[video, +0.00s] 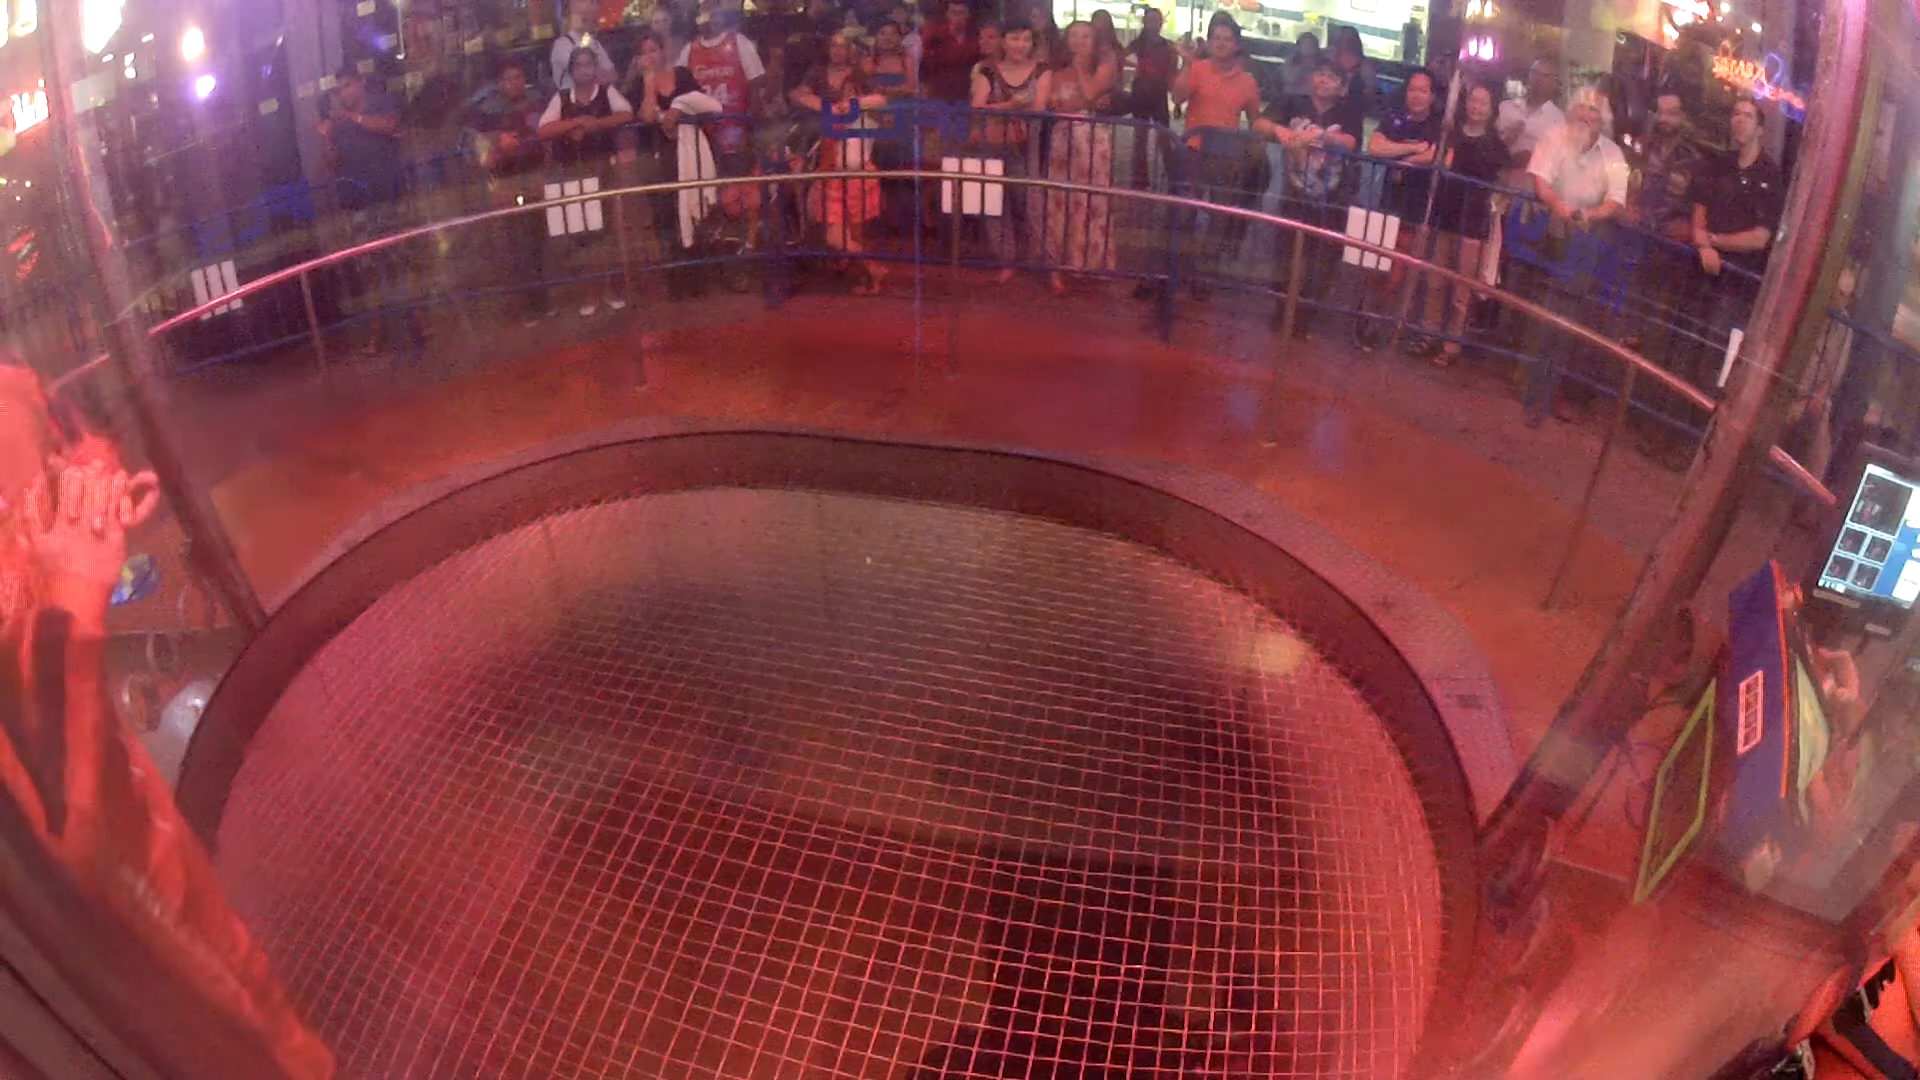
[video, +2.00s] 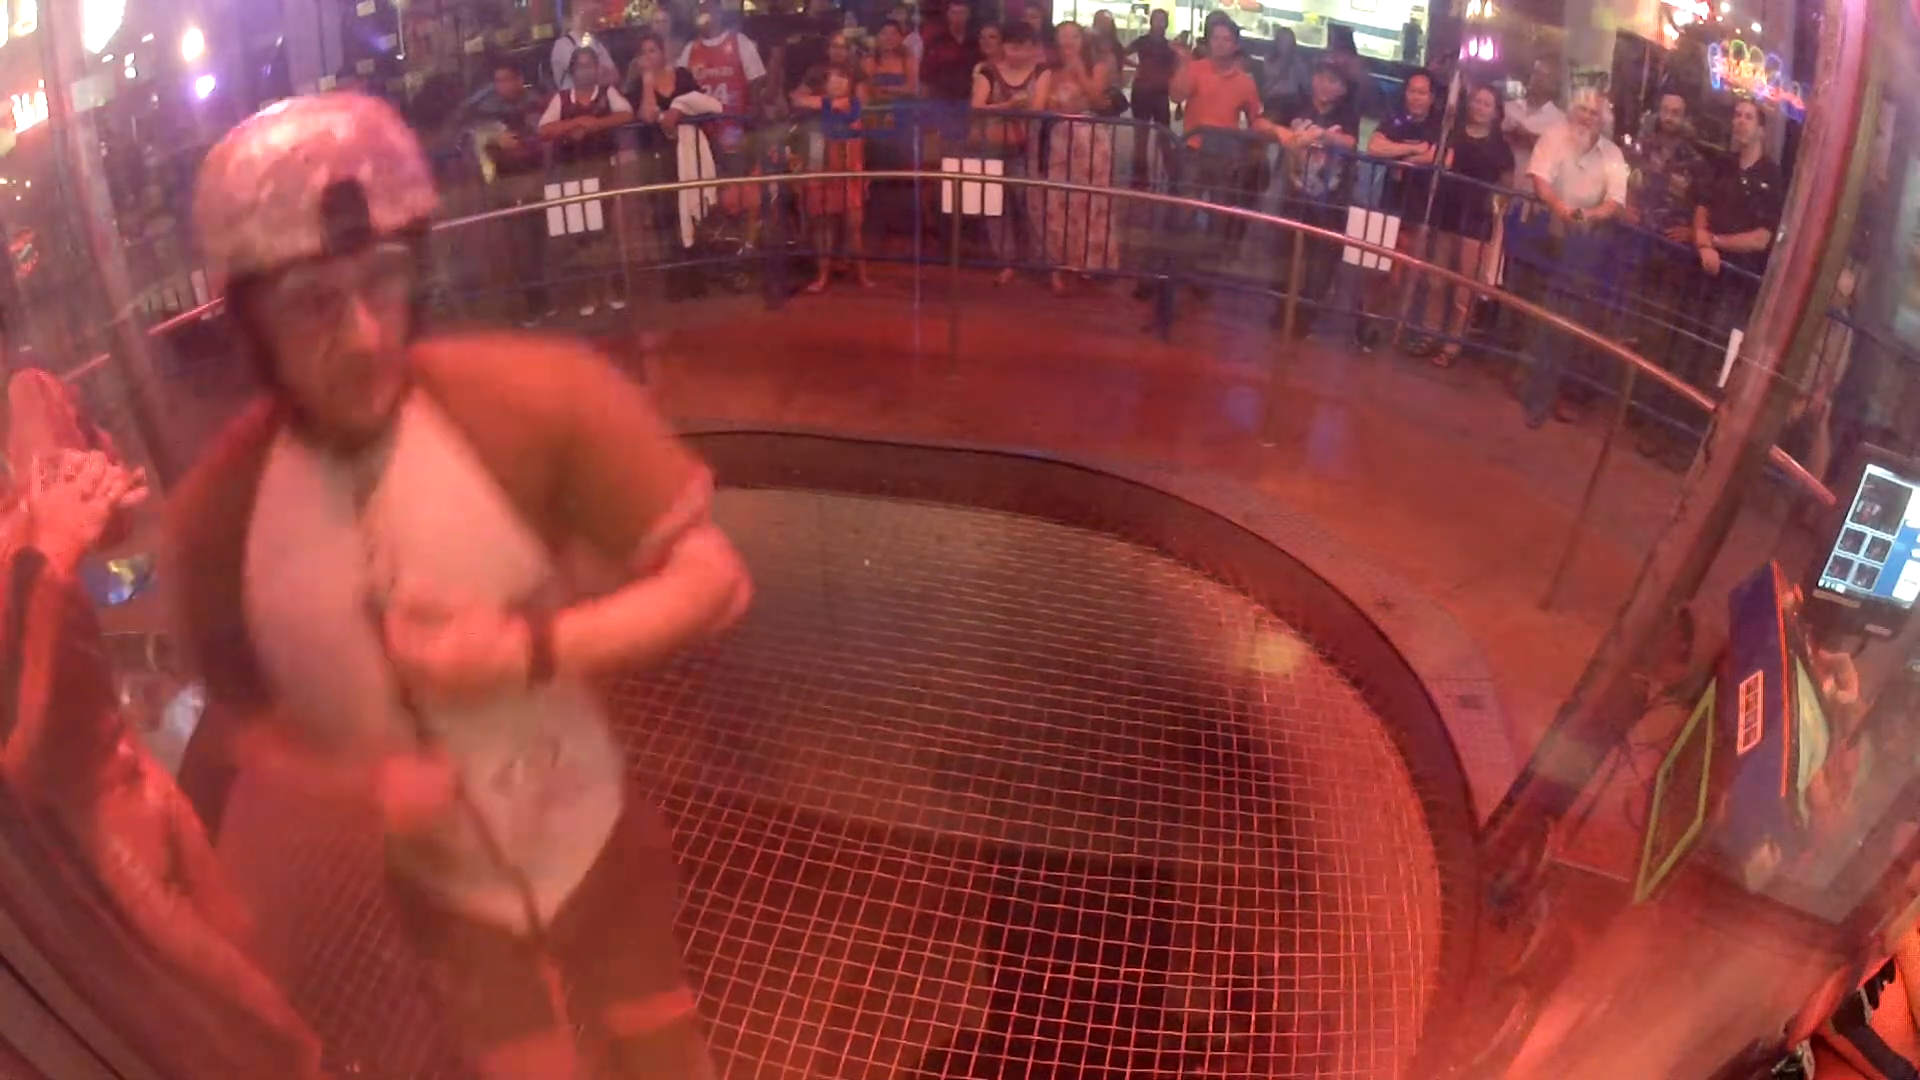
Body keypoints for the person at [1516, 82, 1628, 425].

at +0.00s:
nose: (1586, 118)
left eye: (1593, 114)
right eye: (1581, 111)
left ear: (1603, 120)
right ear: (1571, 112)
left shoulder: (1613, 153)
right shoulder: (1556, 137)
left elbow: (1616, 201)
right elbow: (1540, 181)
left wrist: (1590, 215)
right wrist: (1559, 208)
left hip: (1585, 235)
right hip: (1549, 225)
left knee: (1570, 308)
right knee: (1542, 304)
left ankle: (1550, 388)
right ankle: (1532, 388)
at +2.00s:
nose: (1586, 117)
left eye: (1593, 113)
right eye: (1582, 109)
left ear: (1603, 119)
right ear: (1571, 110)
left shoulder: (1612, 153)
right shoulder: (1555, 136)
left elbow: (1616, 200)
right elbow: (1539, 178)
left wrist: (1591, 215)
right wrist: (1561, 209)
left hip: (1588, 229)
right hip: (1550, 221)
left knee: (1572, 303)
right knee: (1541, 298)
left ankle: (1551, 388)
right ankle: (1532, 382)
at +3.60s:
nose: (1585, 118)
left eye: (1592, 113)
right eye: (1581, 111)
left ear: (1603, 119)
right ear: (1571, 111)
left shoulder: (1611, 152)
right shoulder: (1556, 135)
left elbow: (1617, 200)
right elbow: (1539, 180)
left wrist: (1591, 214)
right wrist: (1560, 208)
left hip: (1587, 230)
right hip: (1550, 222)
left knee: (1574, 304)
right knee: (1541, 300)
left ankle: (1561, 390)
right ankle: (1533, 386)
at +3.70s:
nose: (1585, 118)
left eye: (1592, 114)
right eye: (1581, 111)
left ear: (1603, 119)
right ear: (1571, 111)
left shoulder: (1611, 152)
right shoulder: (1556, 135)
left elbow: (1617, 200)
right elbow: (1539, 180)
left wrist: (1591, 214)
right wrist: (1560, 208)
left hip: (1587, 231)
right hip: (1550, 222)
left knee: (1574, 305)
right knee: (1541, 301)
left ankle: (1561, 390)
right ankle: (1534, 387)